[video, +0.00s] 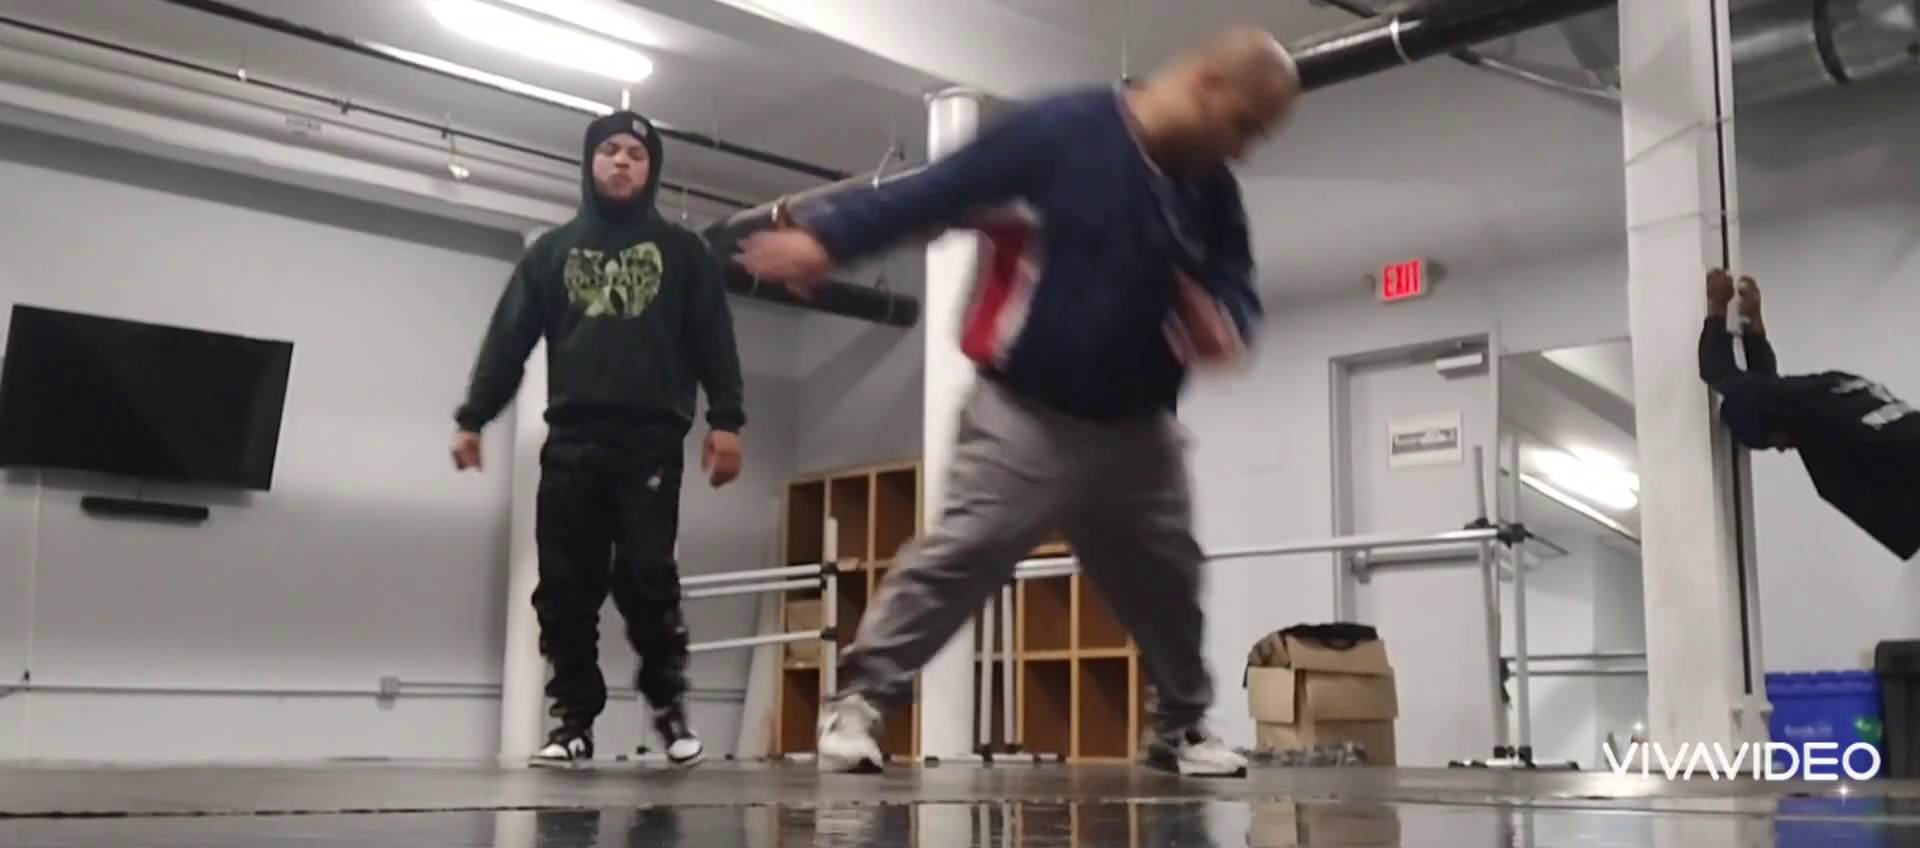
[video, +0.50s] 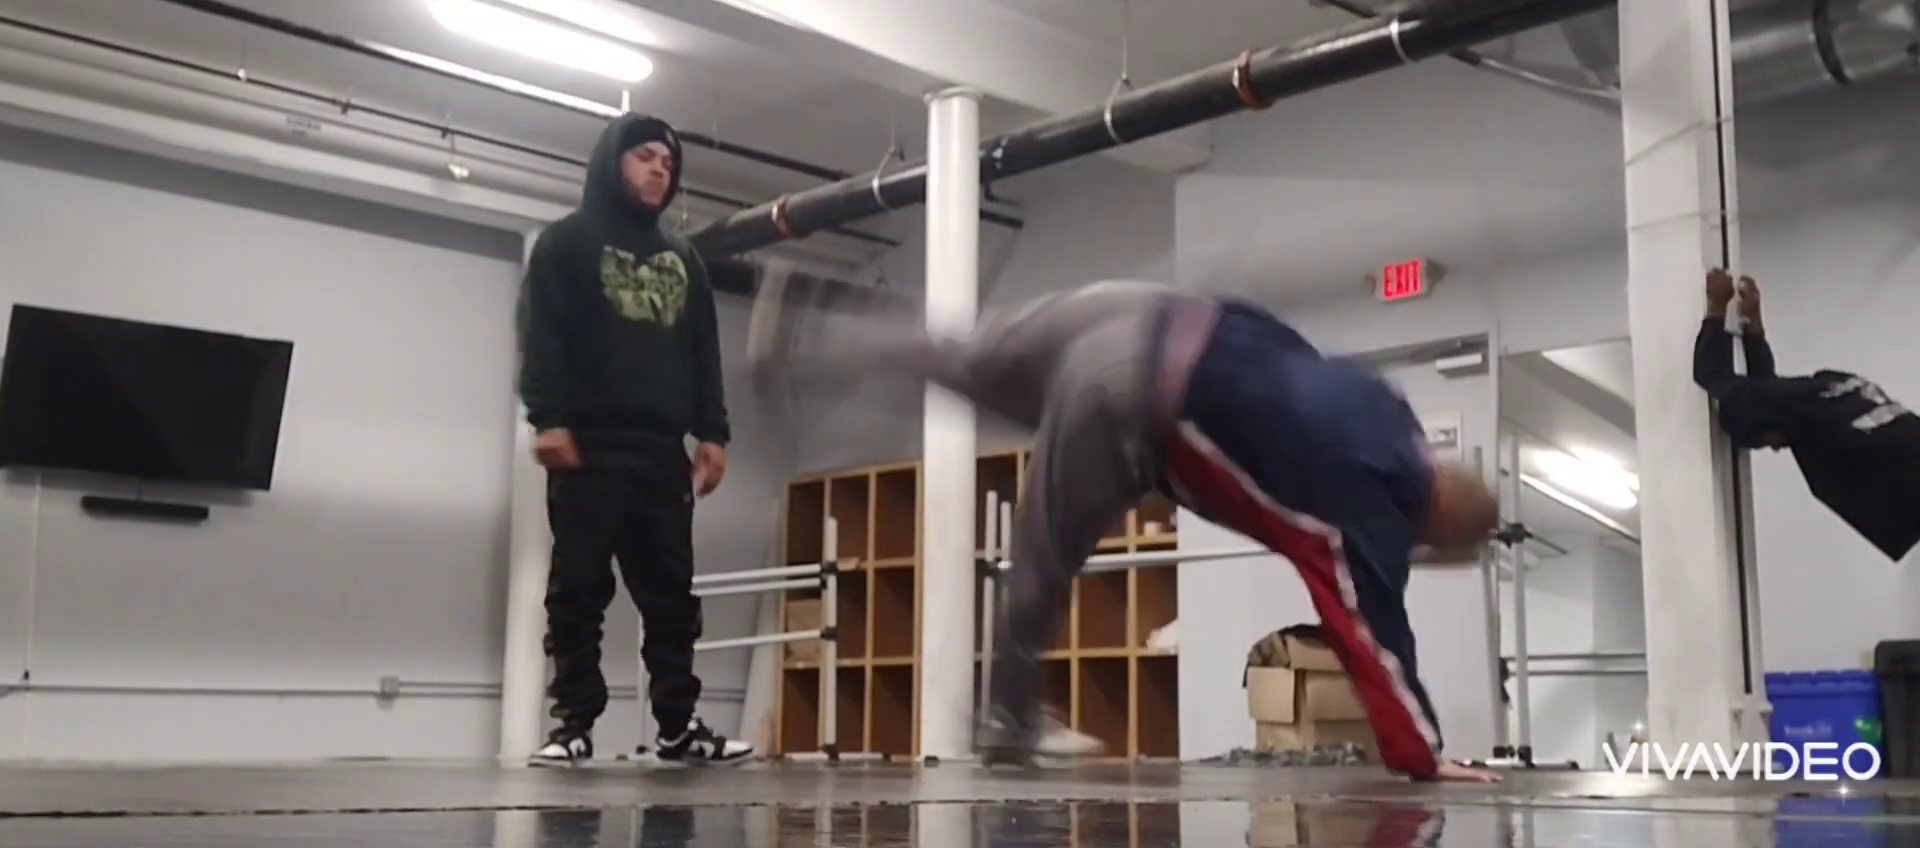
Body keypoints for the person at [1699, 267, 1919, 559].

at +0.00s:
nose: (1779, 448)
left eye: (1769, 441)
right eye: (1769, 447)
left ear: (1771, 423)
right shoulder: (1834, 387)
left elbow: (1718, 375)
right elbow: (1763, 391)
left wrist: (1716, 308)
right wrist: (1752, 324)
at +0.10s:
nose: (1777, 448)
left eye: (1767, 441)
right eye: (1766, 446)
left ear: (1769, 425)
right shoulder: (1836, 386)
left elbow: (1715, 373)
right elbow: (1764, 391)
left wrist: (1716, 308)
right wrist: (1752, 324)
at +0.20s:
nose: (1776, 448)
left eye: (1767, 441)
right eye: (1765, 446)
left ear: (1768, 425)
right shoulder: (1835, 386)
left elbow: (1714, 373)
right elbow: (1764, 394)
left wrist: (1715, 310)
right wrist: (1752, 326)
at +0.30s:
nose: (1774, 449)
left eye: (1764, 441)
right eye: (1763, 446)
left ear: (1767, 426)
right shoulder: (1833, 387)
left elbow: (1713, 374)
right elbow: (1764, 393)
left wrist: (1715, 309)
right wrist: (1752, 324)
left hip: (1911, 525)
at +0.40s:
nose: (1774, 448)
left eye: (1765, 442)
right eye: (1764, 447)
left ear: (1768, 427)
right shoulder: (1835, 386)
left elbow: (1712, 376)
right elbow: (1764, 396)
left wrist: (1715, 308)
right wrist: (1752, 324)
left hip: (1911, 521)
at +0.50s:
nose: (1773, 449)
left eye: (1765, 442)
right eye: (1764, 446)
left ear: (1768, 429)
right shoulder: (1836, 387)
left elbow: (1712, 375)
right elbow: (1764, 397)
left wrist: (1716, 307)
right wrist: (1751, 323)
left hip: (1911, 521)